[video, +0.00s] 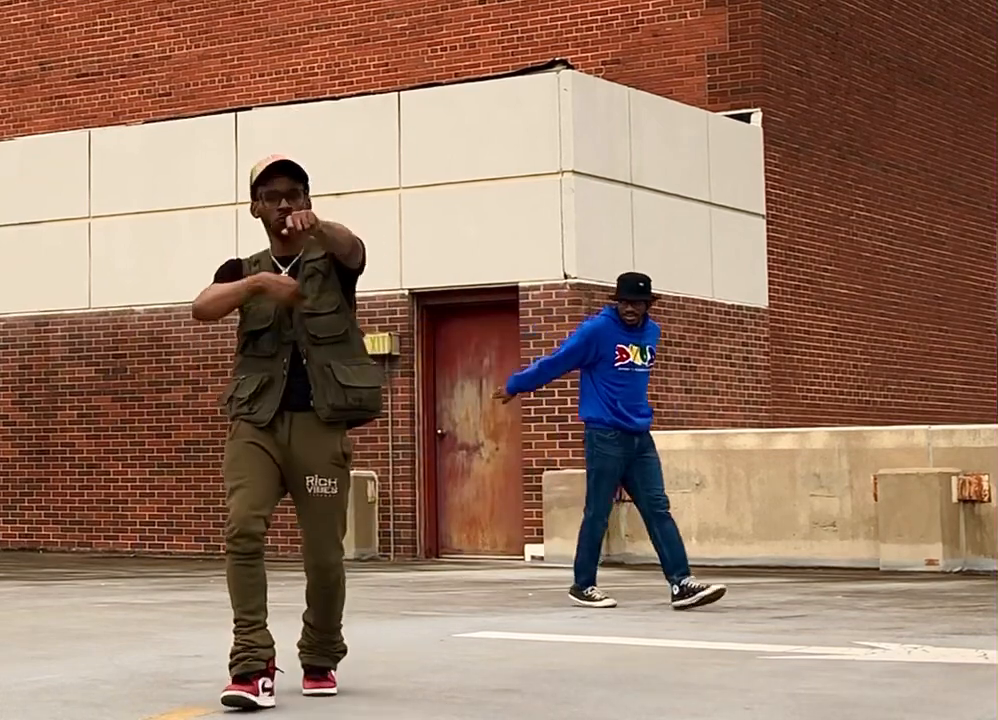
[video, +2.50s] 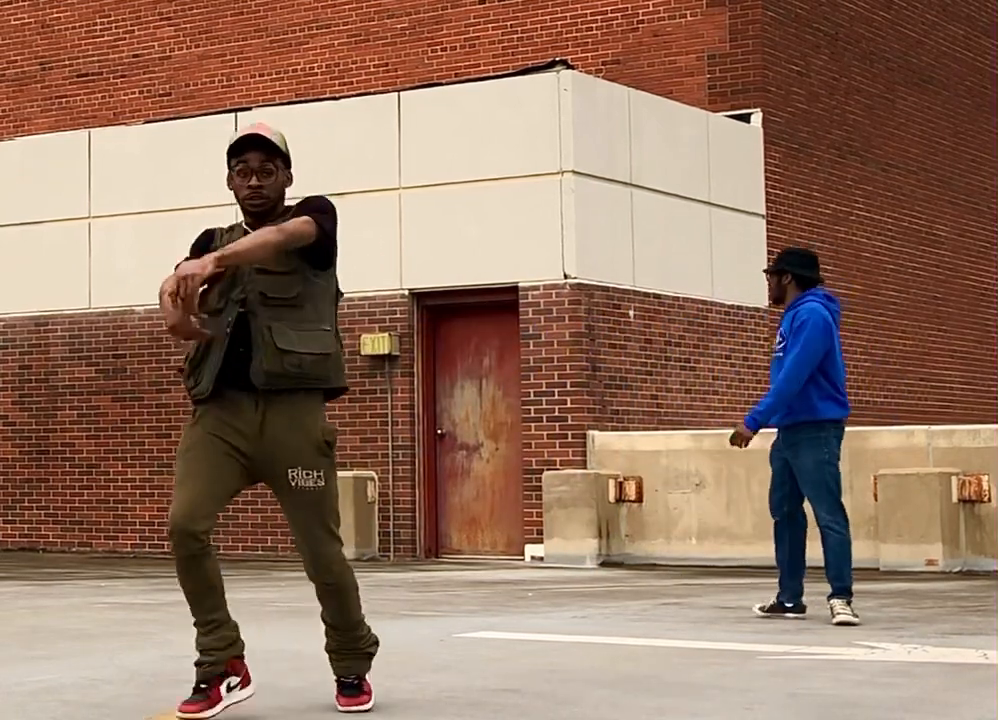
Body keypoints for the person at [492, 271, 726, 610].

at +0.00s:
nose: (632, 310)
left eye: (638, 304)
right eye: (626, 303)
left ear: (648, 303)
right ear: (616, 301)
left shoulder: (652, 331)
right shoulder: (597, 330)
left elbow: (631, 374)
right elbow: (556, 361)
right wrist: (515, 384)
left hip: (639, 436)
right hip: (605, 435)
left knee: (657, 507)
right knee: (597, 512)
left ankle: (681, 584)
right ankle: (583, 586)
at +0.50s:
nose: (692, 292)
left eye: (698, 285)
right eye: (685, 286)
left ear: (710, 288)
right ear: (677, 291)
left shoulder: (726, 327)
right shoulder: (660, 324)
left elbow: (729, 376)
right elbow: (625, 368)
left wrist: (726, 410)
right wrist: (591, 402)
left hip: (714, 425)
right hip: (679, 424)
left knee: (705, 505)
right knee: (705, 500)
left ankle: (687, 589)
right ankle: (695, 587)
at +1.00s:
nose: (747, 283)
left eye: (750, 278)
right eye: (738, 279)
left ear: (757, 285)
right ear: (721, 287)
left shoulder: (777, 321)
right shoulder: (705, 327)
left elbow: (793, 363)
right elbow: (712, 378)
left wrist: (796, 394)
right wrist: (749, 403)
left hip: (772, 431)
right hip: (732, 432)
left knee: (792, 508)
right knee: (748, 512)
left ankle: (744, 561)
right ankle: (762, 595)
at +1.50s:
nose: (781, 276)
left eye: (788, 270)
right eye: (776, 272)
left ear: (808, 275)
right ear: (772, 280)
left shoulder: (838, 317)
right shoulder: (759, 322)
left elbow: (857, 377)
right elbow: (736, 380)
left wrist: (870, 432)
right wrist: (719, 435)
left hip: (822, 432)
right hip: (773, 433)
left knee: (832, 513)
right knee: (770, 514)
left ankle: (840, 599)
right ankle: (766, 592)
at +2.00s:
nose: (789, 274)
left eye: (794, 268)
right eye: (790, 268)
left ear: (816, 271)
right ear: (808, 272)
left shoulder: (849, 312)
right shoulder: (794, 310)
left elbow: (871, 370)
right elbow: (788, 368)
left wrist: (876, 428)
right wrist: (780, 417)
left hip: (833, 429)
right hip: (790, 429)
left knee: (840, 515)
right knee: (795, 514)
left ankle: (842, 599)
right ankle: (803, 599)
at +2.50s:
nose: (769, 284)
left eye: (773, 277)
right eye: (769, 278)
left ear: (790, 278)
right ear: (792, 279)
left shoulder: (814, 316)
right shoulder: (795, 315)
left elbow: (792, 378)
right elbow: (788, 380)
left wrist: (751, 422)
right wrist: (771, 425)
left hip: (817, 430)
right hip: (790, 432)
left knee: (828, 514)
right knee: (785, 512)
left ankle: (840, 598)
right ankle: (788, 599)